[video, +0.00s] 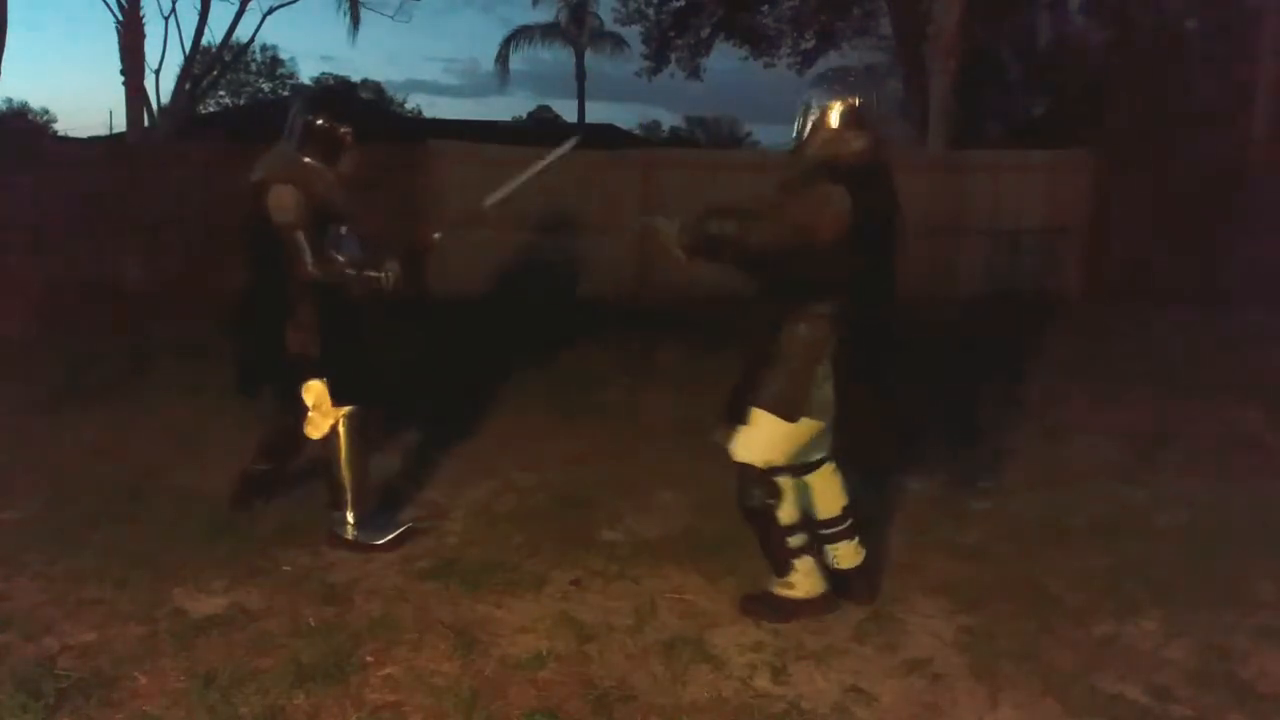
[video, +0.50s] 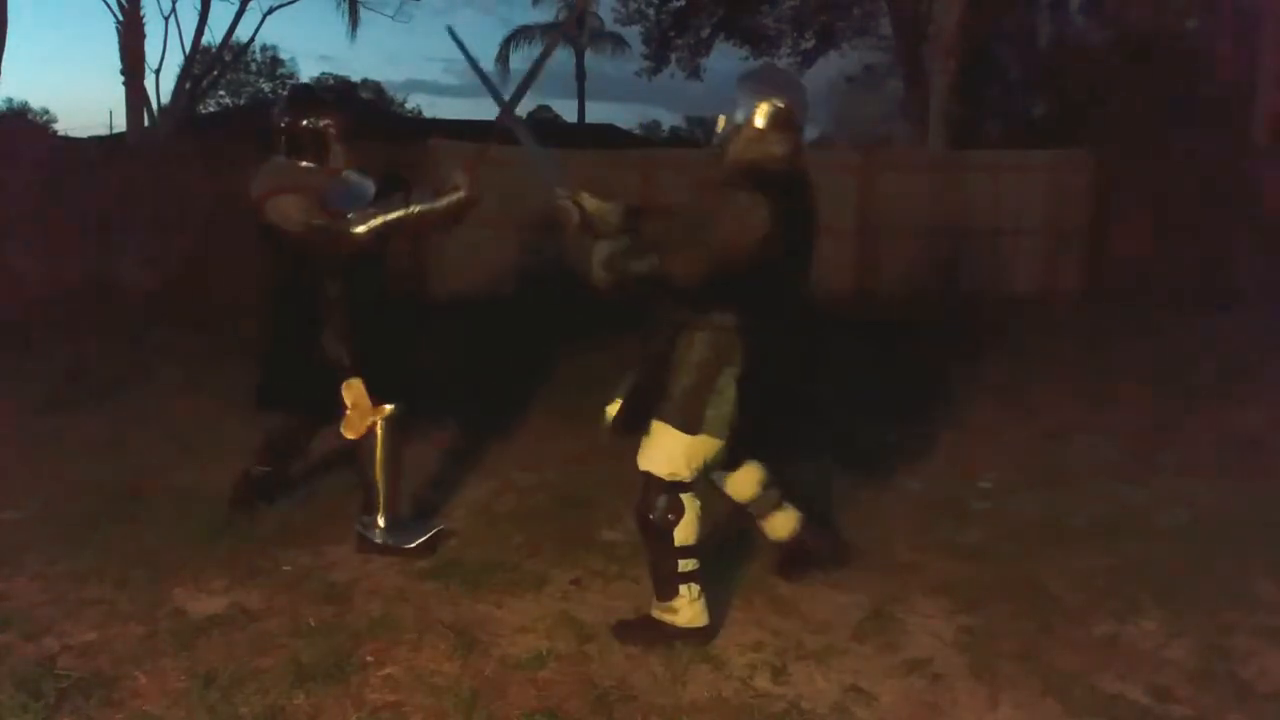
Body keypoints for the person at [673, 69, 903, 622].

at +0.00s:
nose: (806, 136)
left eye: (818, 125)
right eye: (812, 125)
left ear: (846, 134)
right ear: (854, 136)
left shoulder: (838, 190)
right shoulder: (861, 184)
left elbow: (785, 244)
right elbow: (785, 233)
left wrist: (706, 237)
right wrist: (722, 229)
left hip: (813, 339)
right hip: (836, 335)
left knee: (756, 463)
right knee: (812, 453)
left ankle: (802, 584)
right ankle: (847, 563)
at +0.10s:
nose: (795, 147)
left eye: (803, 137)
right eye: (802, 137)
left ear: (818, 140)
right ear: (851, 143)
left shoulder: (824, 190)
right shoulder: (852, 188)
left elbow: (760, 236)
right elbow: (765, 229)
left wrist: (691, 225)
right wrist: (702, 222)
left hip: (799, 337)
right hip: (827, 335)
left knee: (732, 455)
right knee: (800, 455)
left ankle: (736, 597)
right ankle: (843, 567)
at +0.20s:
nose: (785, 145)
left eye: (797, 136)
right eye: (793, 135)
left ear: (815, 147)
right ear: (833, 152)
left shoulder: (807, 199)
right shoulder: (828, 198)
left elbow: (738, 245)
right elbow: (741, 242)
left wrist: (669, 226)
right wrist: (674, 232)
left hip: (775, 348)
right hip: (799, 345)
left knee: (704, 476)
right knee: (788, 467)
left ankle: (685, 606)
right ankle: (845, 567)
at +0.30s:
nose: (771, 167)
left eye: (781, 159)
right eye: (778, 157)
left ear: (791, 165)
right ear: (823, 166)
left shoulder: (791, 212)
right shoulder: (823, 208)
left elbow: (731, 260)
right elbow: (729, 241)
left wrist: (655, 258)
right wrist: (655, 231)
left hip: (755, 350)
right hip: (794, 347)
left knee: (676, 471)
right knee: (767, 465)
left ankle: (681, 609)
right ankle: (841, 567)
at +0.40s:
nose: (751, 145)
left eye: (763, 133)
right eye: (760, 133)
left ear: (782, 141)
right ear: (788, 142)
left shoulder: (779, 202)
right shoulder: (782, 191)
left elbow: (711, 263)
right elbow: (708, 238)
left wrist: (635, 268)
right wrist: (633, 230)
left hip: (735, 348)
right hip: (760, 342)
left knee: (666, 477)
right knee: (748, 463)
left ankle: (681, 613)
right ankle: (829, 552)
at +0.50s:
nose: (743, 138)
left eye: (755, 126)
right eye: (745, 125)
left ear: (773, 132)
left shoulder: (763, 194)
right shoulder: (760, 182)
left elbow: (700, 262)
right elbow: (691, 227)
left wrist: (624, 260)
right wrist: (618, 219)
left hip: (722, 340)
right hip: (731, 332)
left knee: (665, 473)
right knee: (715, 449)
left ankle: (680, 611)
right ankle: (797, 537)